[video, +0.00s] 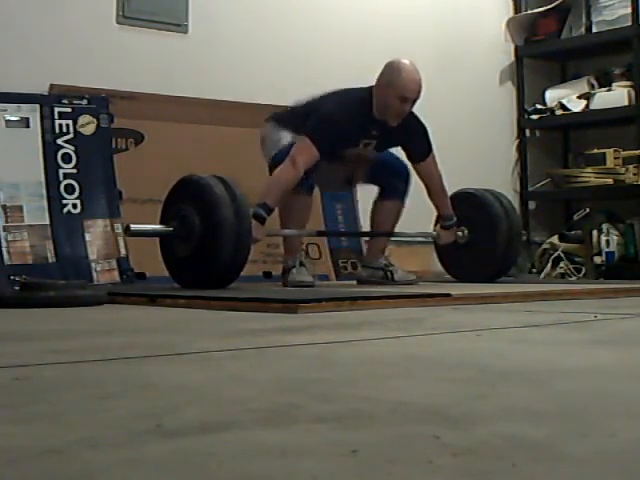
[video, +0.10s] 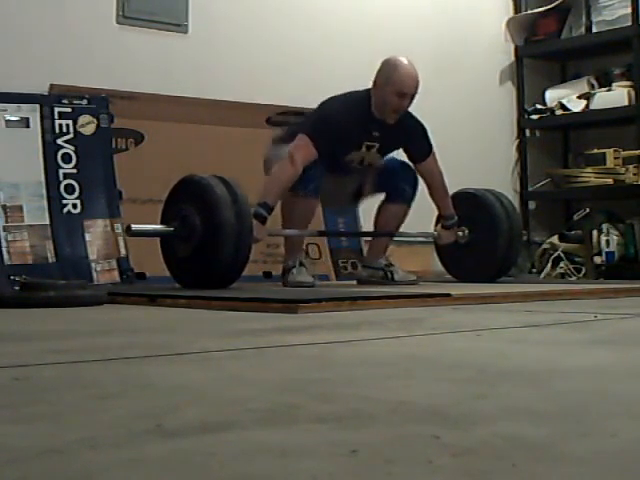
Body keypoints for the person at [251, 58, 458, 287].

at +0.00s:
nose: (405, 109)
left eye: (412, 103)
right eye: (401, 100)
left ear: (417, 100)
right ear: (380, 88)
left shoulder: (410, 127)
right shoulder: (342, 110)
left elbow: (432, 177)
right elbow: (295, 163)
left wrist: (448, 220)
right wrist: (259, 215)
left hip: (337, 151)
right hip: (286, 134)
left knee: (396, 174)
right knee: (298, 173)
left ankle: (374, 263)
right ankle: (293, 266)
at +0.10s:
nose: (404, 105)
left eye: (410, 98)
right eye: (399, 95)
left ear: (415, 97)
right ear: (377, 87)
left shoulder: (410, 128)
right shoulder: (340, 112)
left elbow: (433, 176)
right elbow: (293, 159)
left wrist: (450, 220)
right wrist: (261, 213)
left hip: (345, 180)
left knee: (403, 175)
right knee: (307, 171)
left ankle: (374, 263)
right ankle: (293, 266)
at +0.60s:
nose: (402, 66)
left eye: (404, 60)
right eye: (392, 58)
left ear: (405, 69)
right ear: (366, 68)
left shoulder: (401, 119)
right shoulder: (335, 103)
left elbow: (425, 166)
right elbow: (294, 153)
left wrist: (447, 211)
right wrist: (265, 206)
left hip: (355, 181)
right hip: (316, 177)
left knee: (409, 178)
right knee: (315, 171)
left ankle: (375, 262)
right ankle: (294, 264)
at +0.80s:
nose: (406, 43)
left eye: (409, 38)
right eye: (396, 36)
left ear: (412, 47)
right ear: (372, 44)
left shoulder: (402, 96)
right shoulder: (341, 78)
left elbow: (424, 141)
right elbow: (296, 127)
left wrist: (445, 188)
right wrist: (265, 176)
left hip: (350, 145)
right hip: (302, 138)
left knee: (396, 172)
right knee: (305, 157)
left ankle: (375, 262)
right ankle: (292, 263)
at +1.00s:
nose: (404, 7)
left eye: (406, 2)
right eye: (394, 1)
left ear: (408, 10)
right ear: (371, 6)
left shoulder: (399, 62)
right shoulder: (340, 44)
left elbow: (417, 106)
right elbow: (291, 89)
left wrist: (439, 154)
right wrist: (261, 134)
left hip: (341, 119)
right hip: (296, 112)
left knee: (380, 168)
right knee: (294, 159)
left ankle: (374, 262)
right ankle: (291, 263)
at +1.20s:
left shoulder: (392, 26)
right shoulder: (331, 10)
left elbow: (412, 73)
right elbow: (284, 50)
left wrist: (434, 121)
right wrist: (255, 97)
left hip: (348, 112)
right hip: (302, 104)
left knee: (392, 171)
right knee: (310, 162)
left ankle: (375, 262)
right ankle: (293, 264)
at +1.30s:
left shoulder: (375, 5)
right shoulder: (304, 3)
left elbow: (401, 44)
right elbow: (268, 23)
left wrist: (433, 89)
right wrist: (253, 71)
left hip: (361, 100)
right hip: (316, 95)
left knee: (398, 169)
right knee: (322, 162)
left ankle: (376, 259)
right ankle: (293, 260)